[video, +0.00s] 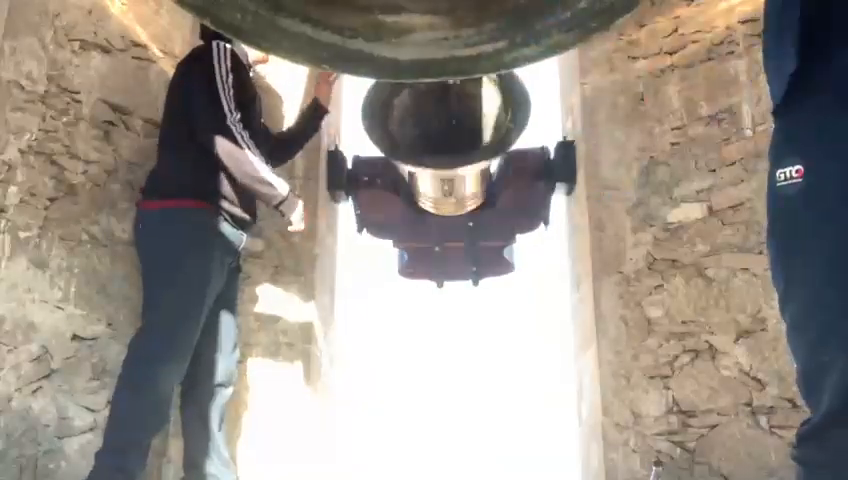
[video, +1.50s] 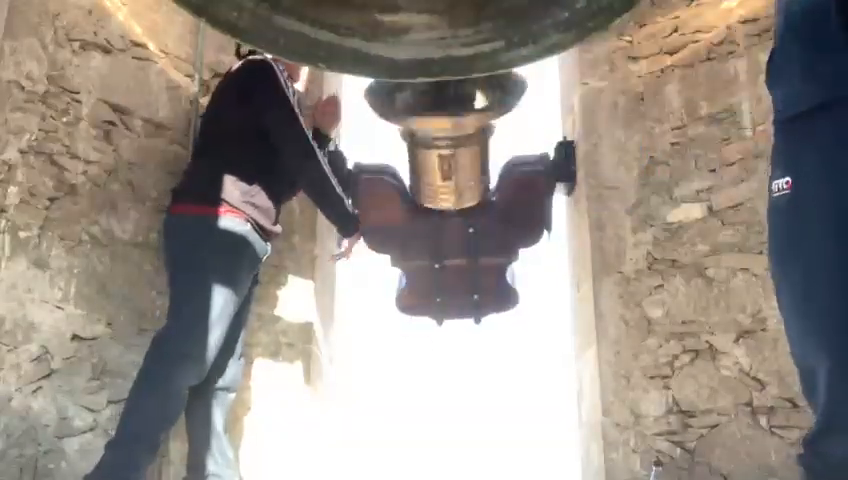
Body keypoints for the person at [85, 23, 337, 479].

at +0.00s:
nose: (273, 43)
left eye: (275, 33)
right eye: (268, 28)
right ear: (241, 25)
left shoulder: (241, 82)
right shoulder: (215, 55)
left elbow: (270, 152)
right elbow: (220, 131)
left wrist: (316, 111)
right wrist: (281, 196)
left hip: (225, 232)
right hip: (188, 221)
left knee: (216, 376)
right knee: (162, 358)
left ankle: (212, 472)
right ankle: (118, 470)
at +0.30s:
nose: (294, 53)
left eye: (298, 44)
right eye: (291, 41)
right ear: (266, 37)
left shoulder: (255, 89)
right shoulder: (236, 68)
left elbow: (284, 157)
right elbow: (254, 149)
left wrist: (361, 157)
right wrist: (334, 187)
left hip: (227, 240)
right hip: (198, 231)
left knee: (215, 379)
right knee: (169, 365)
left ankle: (214, 473)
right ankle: (117, 472)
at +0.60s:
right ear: (268, 50)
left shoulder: (265, 123)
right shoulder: (246, 70)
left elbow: (305, 180)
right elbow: (313, 115)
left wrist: (366, 232)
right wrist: (374, 95)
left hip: (232, 243)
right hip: (202, 226)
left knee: (214, 379)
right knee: (174, 360)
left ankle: (213, 471)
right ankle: (117, 470)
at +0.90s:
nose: (303, 69)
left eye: (305, 62)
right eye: (296, 59)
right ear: (269, 52)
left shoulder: (272, 110)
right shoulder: (246, 72)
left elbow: (275, 184)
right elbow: (318, 100)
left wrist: (285, 248)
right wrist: (364, 62)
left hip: (243, 243)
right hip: (213, 227)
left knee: (217, 382)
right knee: (182, 358)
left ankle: (215, 472)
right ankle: (118, 471)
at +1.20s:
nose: (313, 89)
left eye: (313, 83)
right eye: (311, 79)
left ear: (283, 63)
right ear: (292, 65)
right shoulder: (268, 81)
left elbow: (244, 174)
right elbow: (313, 147)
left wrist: (287, 208)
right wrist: (374, 214)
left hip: (239, 241)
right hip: (212, 227)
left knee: (220, 379)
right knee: (175, 358)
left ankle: (215, 472)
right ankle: (117, 471)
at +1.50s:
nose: (304, 64)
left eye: (308, 57)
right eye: (301, 54)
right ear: (284, 50)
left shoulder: (286, 102)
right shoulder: (261, 73)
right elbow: (296, 152)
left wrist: (322, 136)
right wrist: (347, 222)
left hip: (248, 239)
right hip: (216, 225)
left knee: (221, 380)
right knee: (187, 358)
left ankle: (216, 473)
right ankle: (118, 470)